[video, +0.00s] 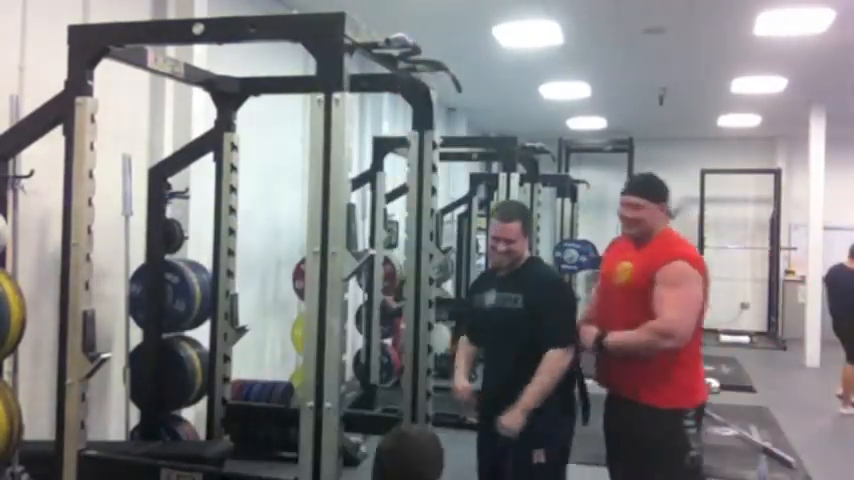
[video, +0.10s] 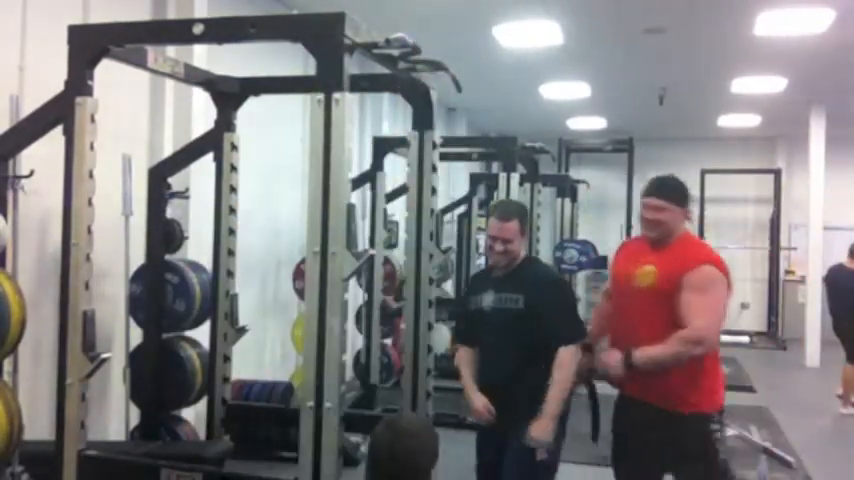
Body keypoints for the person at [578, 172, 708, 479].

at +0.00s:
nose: (627, 215)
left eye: (637, 207)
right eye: (624, 206)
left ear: (662, 210)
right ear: (618, 206)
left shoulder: (678, 259)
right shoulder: (618, 247)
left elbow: (673, 331)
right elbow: (599, 301)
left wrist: (603, 340)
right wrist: (584, 327)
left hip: (662, 406)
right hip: (622, 397)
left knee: (655, 473)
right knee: (621, 471)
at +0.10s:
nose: (650, 216)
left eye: (661, 209)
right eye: (646, 207)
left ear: (685, 214)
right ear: (639, 209)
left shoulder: (701, 264)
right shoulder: (628, 251)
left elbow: (701, 338)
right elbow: (609, 303)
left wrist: (629, 360)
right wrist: (588, 344)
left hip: (689, 413)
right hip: (635, 405)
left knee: (698, 473)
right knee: (631, 473)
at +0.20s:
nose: (673, 219)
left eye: (684, 212)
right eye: (669, 210)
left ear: (707, 218)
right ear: (662, 213)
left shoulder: (731, 270)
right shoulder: (642, 257)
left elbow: (738, 346)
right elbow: (623, 306)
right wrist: (601, 357)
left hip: (712, 420)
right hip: (652, 415)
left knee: (724, 474)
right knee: (645, 473)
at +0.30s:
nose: (700, 221)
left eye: (712, 215)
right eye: (695, 213)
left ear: (734, 220)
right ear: (688, 215)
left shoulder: (762, 274)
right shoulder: (664, 262)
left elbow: (781, 347)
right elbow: (637, 311)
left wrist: (741, 410)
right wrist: (617, 368)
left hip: (739, 425)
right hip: (674, 420)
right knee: (662, 474)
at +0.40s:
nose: (729, 221)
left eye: (741, 215)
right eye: (724, 212)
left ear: (762, 220)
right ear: (716, 213)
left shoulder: (795, 276)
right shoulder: (685, 262)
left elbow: (815, 347)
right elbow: (654, 314)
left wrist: (804, 419)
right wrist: (637, 375)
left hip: (766, 428)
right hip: (697, 421)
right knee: (675, 473)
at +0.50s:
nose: (757, 217)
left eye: (768, 210)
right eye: (750, 207)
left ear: (787, 216)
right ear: (740, 208)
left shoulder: (821, 272)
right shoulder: (701, 259)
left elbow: (844, 340)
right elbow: (668, 313)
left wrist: (846, 412)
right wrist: (658, 379)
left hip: (785, 426)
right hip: (714, 418)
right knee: (696, 473)